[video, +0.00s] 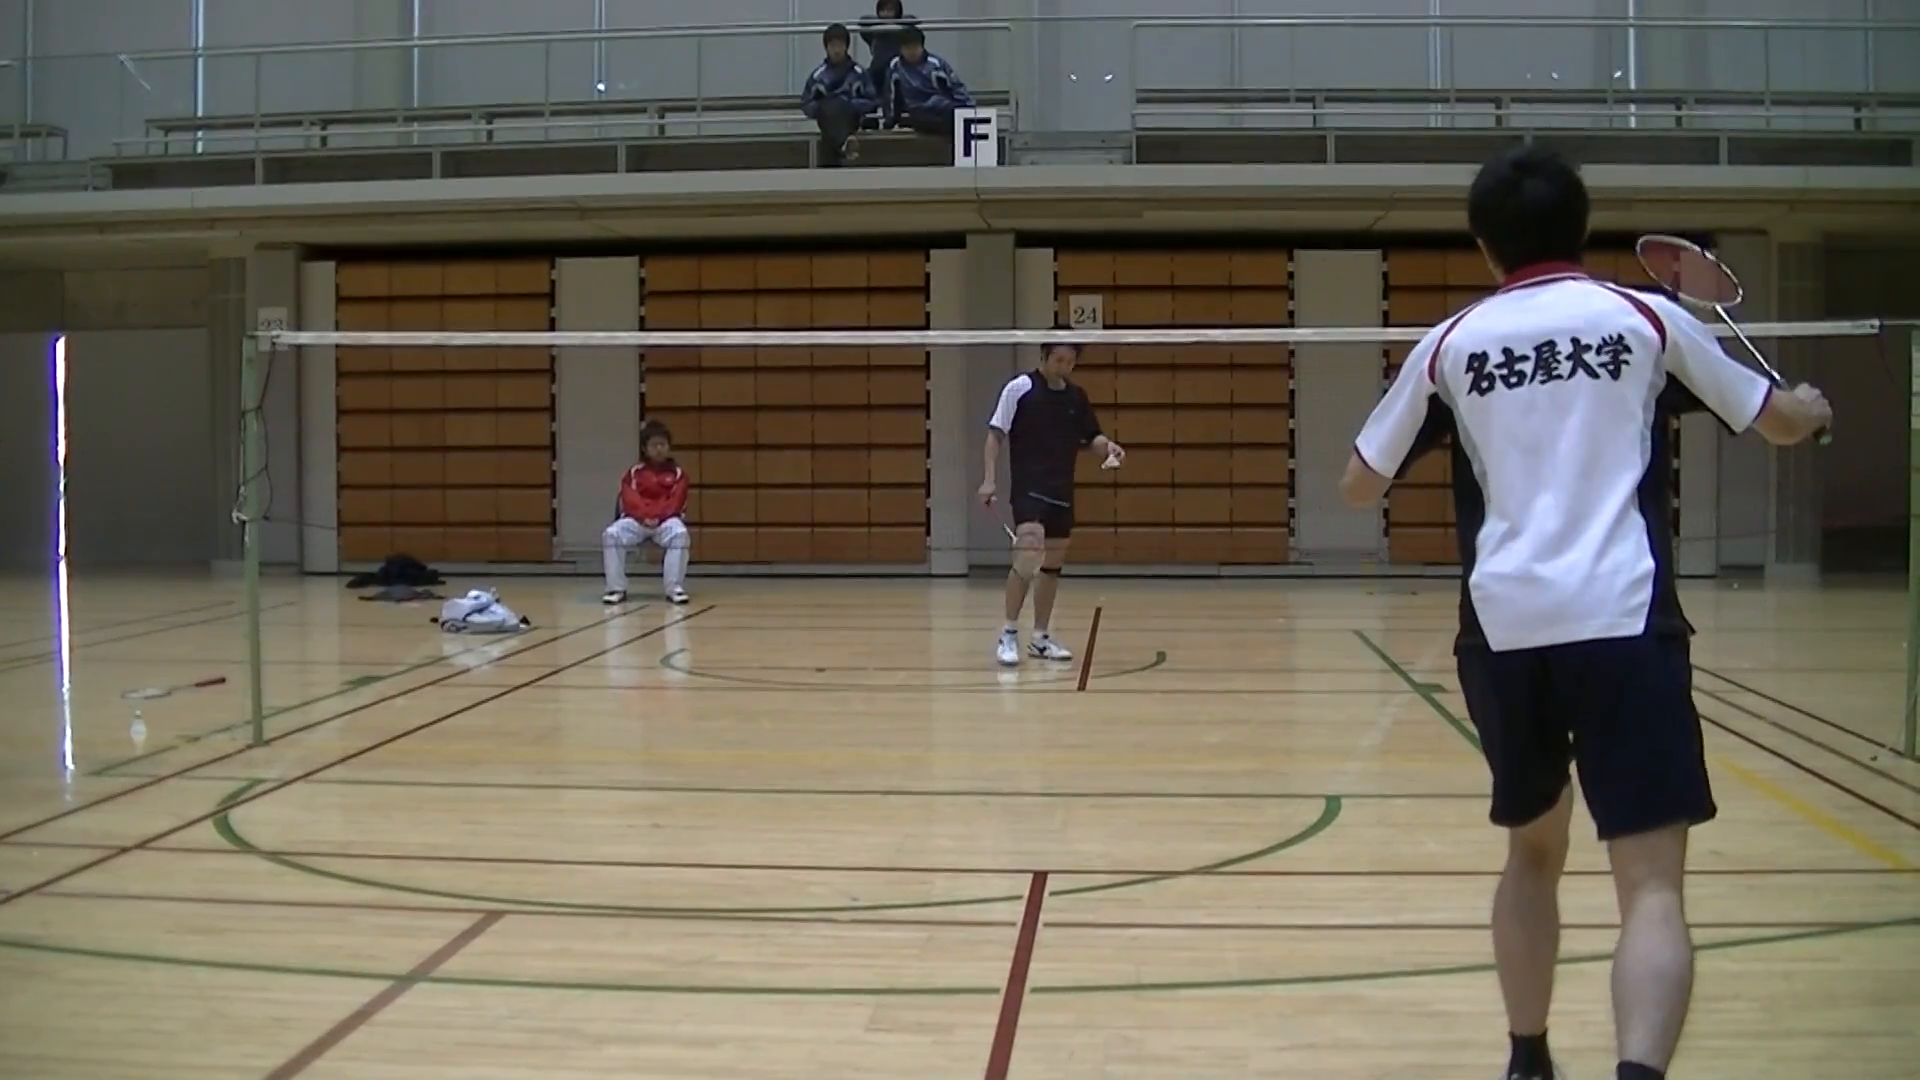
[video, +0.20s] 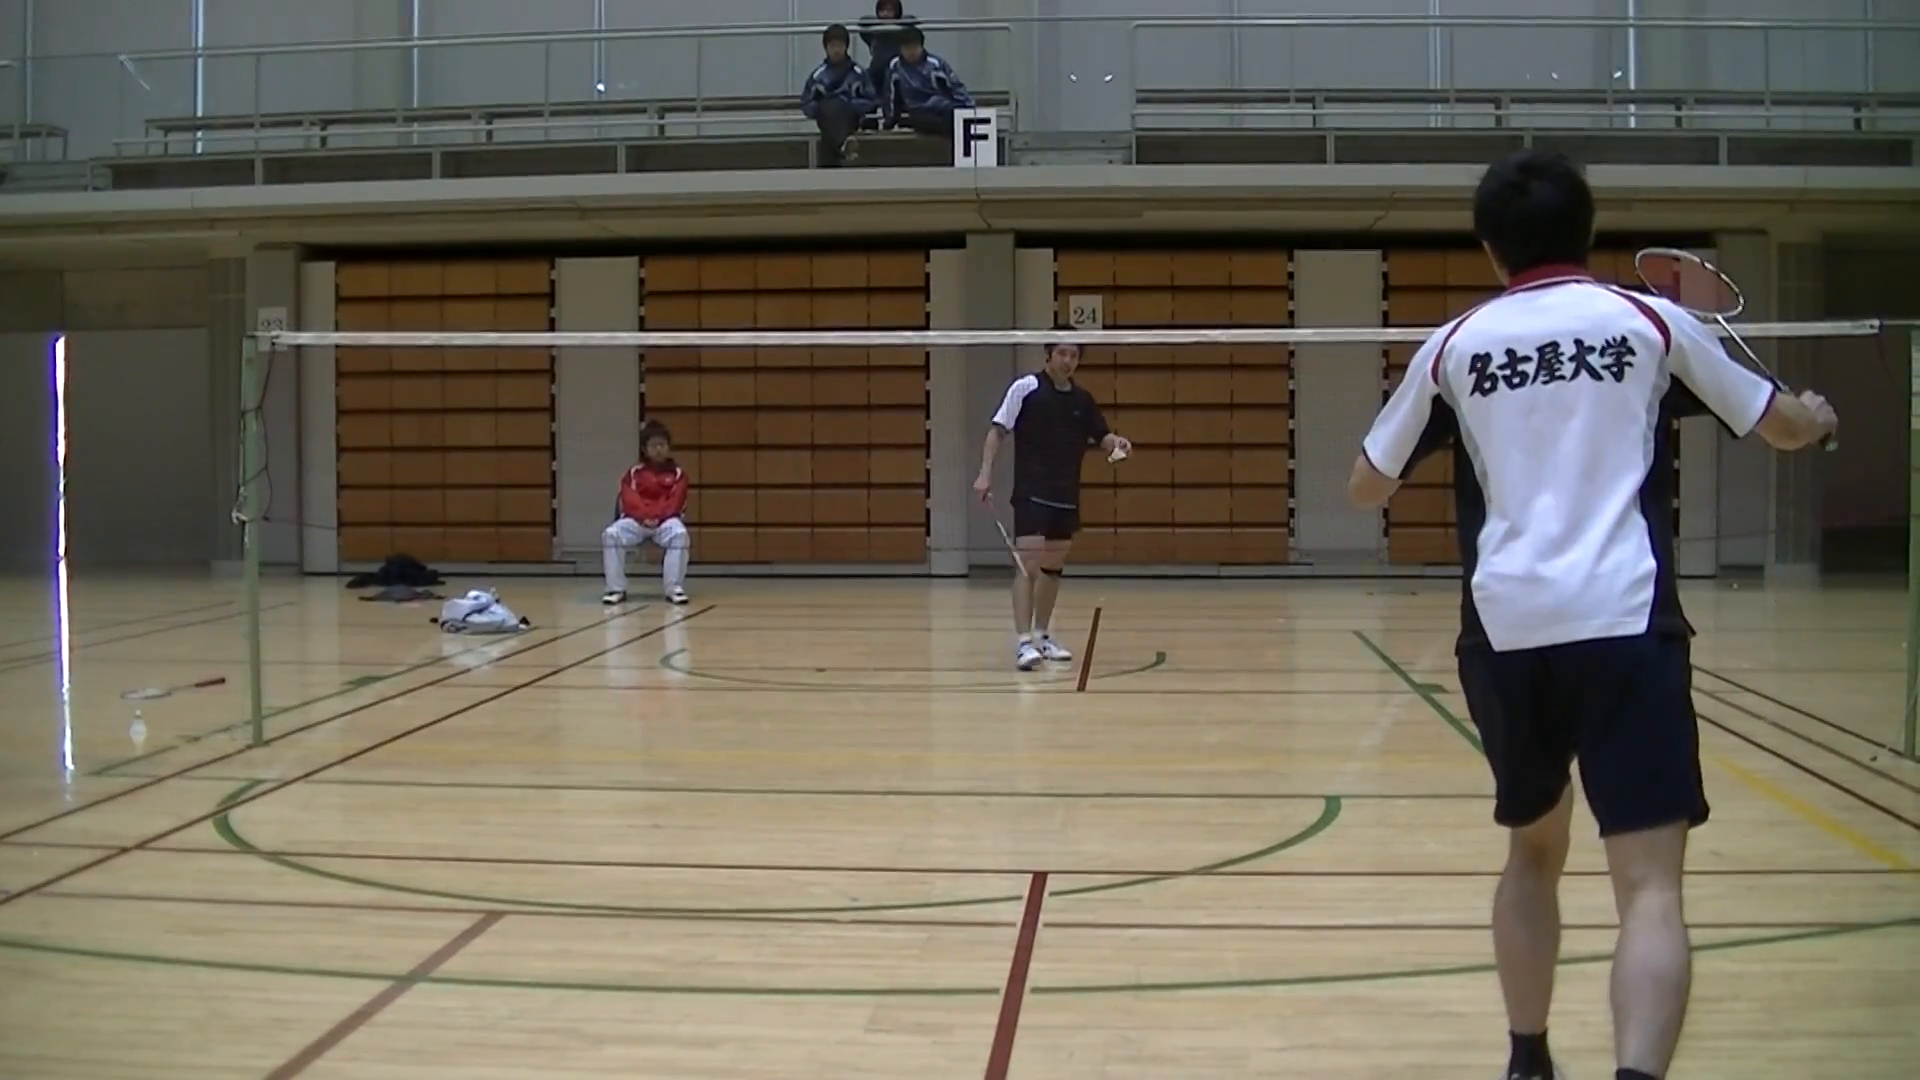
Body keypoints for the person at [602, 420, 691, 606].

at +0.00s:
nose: (659, 449)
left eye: (663, 444)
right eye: (654, 445)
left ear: (668, 447)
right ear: (645, 449)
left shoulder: (677, 474)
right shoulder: (634, 472)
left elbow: (676, 503)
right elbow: (629, 499)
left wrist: (657, 517)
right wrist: (644, 515)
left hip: (665, 520)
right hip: (637, 519)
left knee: (680, 535)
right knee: (611, 535)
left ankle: (674, 588)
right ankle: (616, 589)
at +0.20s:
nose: (659, 450)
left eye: (662, 445)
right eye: (653, 445)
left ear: (668, 447)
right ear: (644, 449)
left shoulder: (677, 474)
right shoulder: (634, 473)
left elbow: (676, 503)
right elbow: (629, 500)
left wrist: (657, 517)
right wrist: (644, 516)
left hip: (665, 520)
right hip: (636, 520)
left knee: (680, 536)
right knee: (611, 535)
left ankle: (674, 588)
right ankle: (616, 589)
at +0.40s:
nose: (658, 450)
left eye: (662, 445)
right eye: (653, 446)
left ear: (668, 447)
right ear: (644, 449)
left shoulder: (677, 474)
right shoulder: (633, 473)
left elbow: (675, 503)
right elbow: (628, 500)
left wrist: (657, 517)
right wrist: (644, 515)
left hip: (665, 520)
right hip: (636, 520)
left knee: (680, 536)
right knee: (611, 535)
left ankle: (674, 588)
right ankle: (616, 589)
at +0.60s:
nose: (658, 450)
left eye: (661, 445)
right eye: (652, 446)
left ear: (668, 447)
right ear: (644, 449)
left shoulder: (677, 475)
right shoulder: (633, 473)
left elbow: (674, 504)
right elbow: (628, 500)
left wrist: (655, 517)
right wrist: (644, 515)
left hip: (664, 520)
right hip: (635, 520)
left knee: (679, 536)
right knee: (610, 535)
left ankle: (673, 587)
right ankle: (615, 589)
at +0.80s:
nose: (657, 450)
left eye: (661, 445)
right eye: (652, 446)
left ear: (667, 447)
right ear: (643, 450)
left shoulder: (677, 475)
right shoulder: (632, 473)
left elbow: (673, 505)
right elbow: (628, 501)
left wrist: (654, 517)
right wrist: (645, 516)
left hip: (664, 520)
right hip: (635, 520)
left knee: (679, 536)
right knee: (610, 535)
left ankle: (673, 588)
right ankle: (615, 590)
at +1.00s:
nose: (657, 450)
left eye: (661, 445)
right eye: (652, 445)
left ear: (667, 447)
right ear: (643, 449)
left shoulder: (676, 475)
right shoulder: (632, 473)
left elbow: (673, 504)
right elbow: (627, 500)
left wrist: (655, 517)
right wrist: (644, 515)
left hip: (664, 520)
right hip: (635, 520)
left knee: (678, 536)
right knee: (610, 535)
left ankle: (673, 587)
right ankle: (615, 589)